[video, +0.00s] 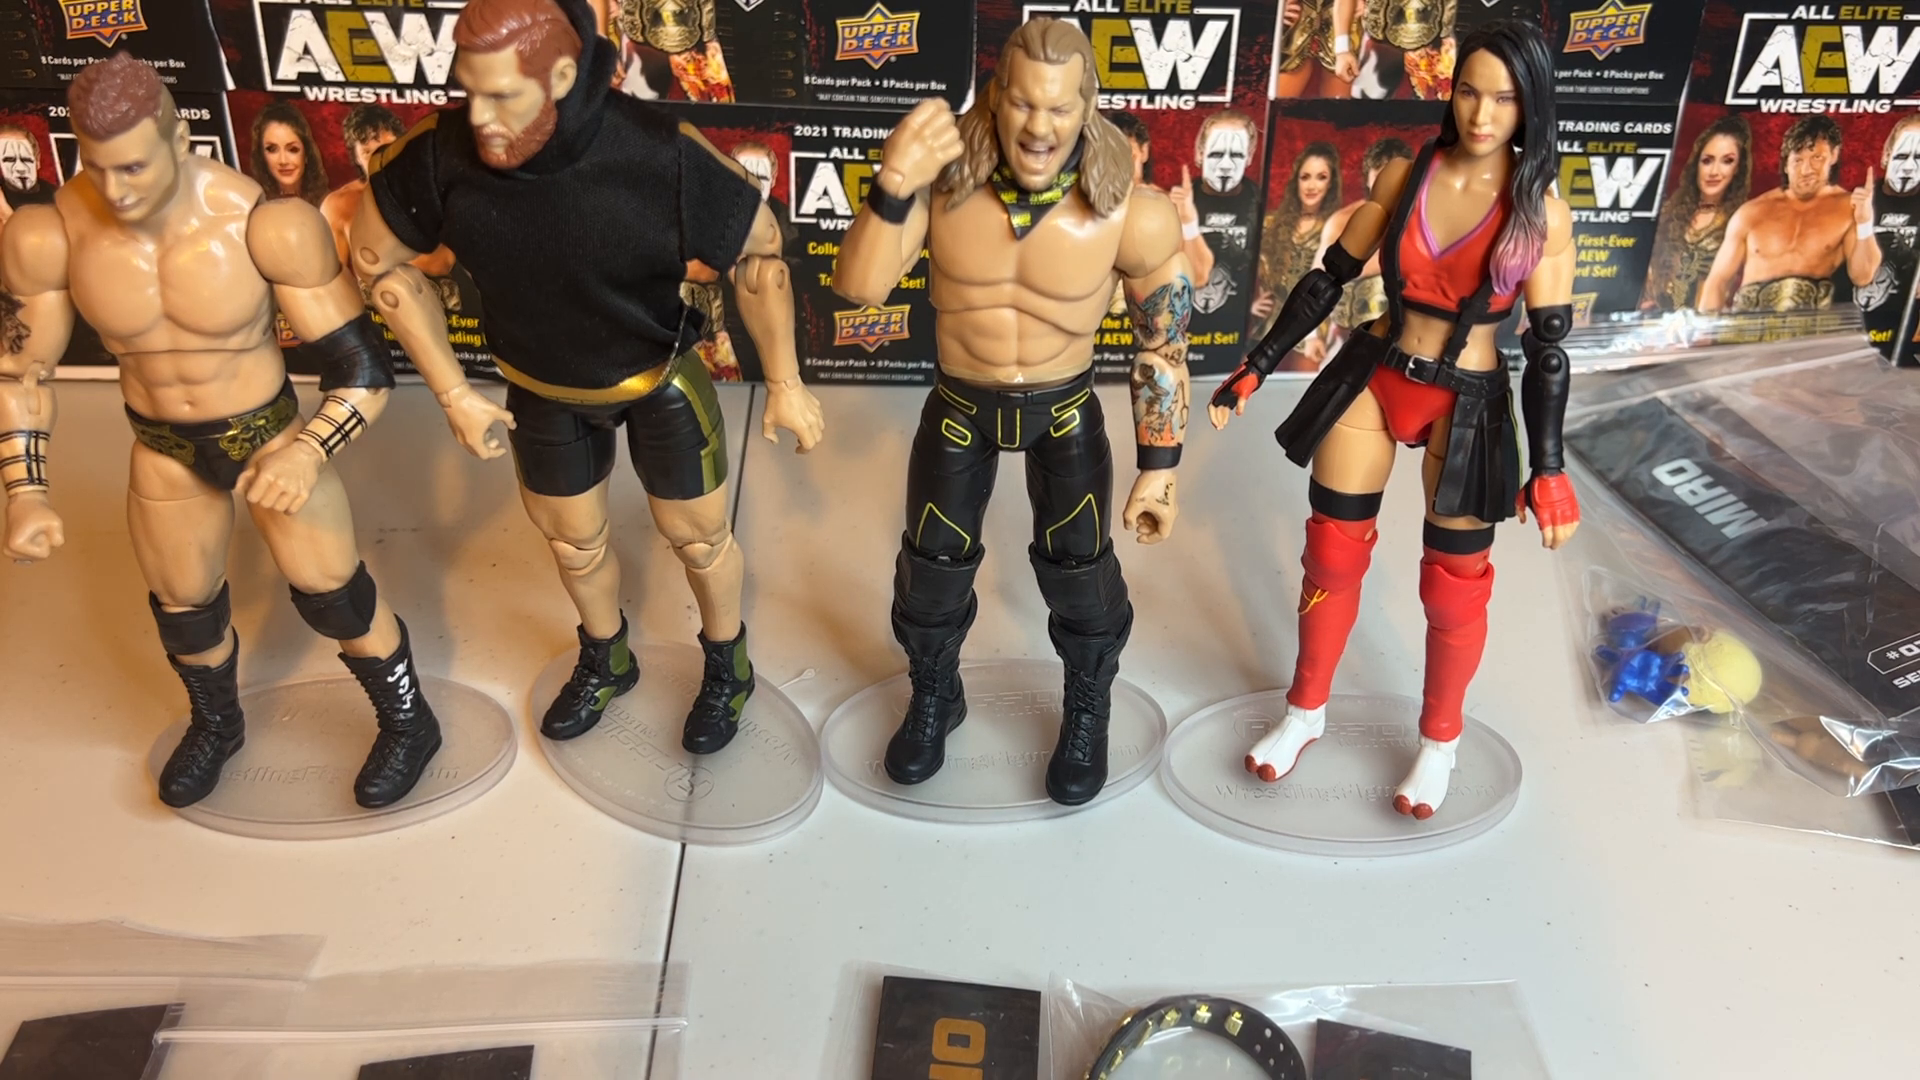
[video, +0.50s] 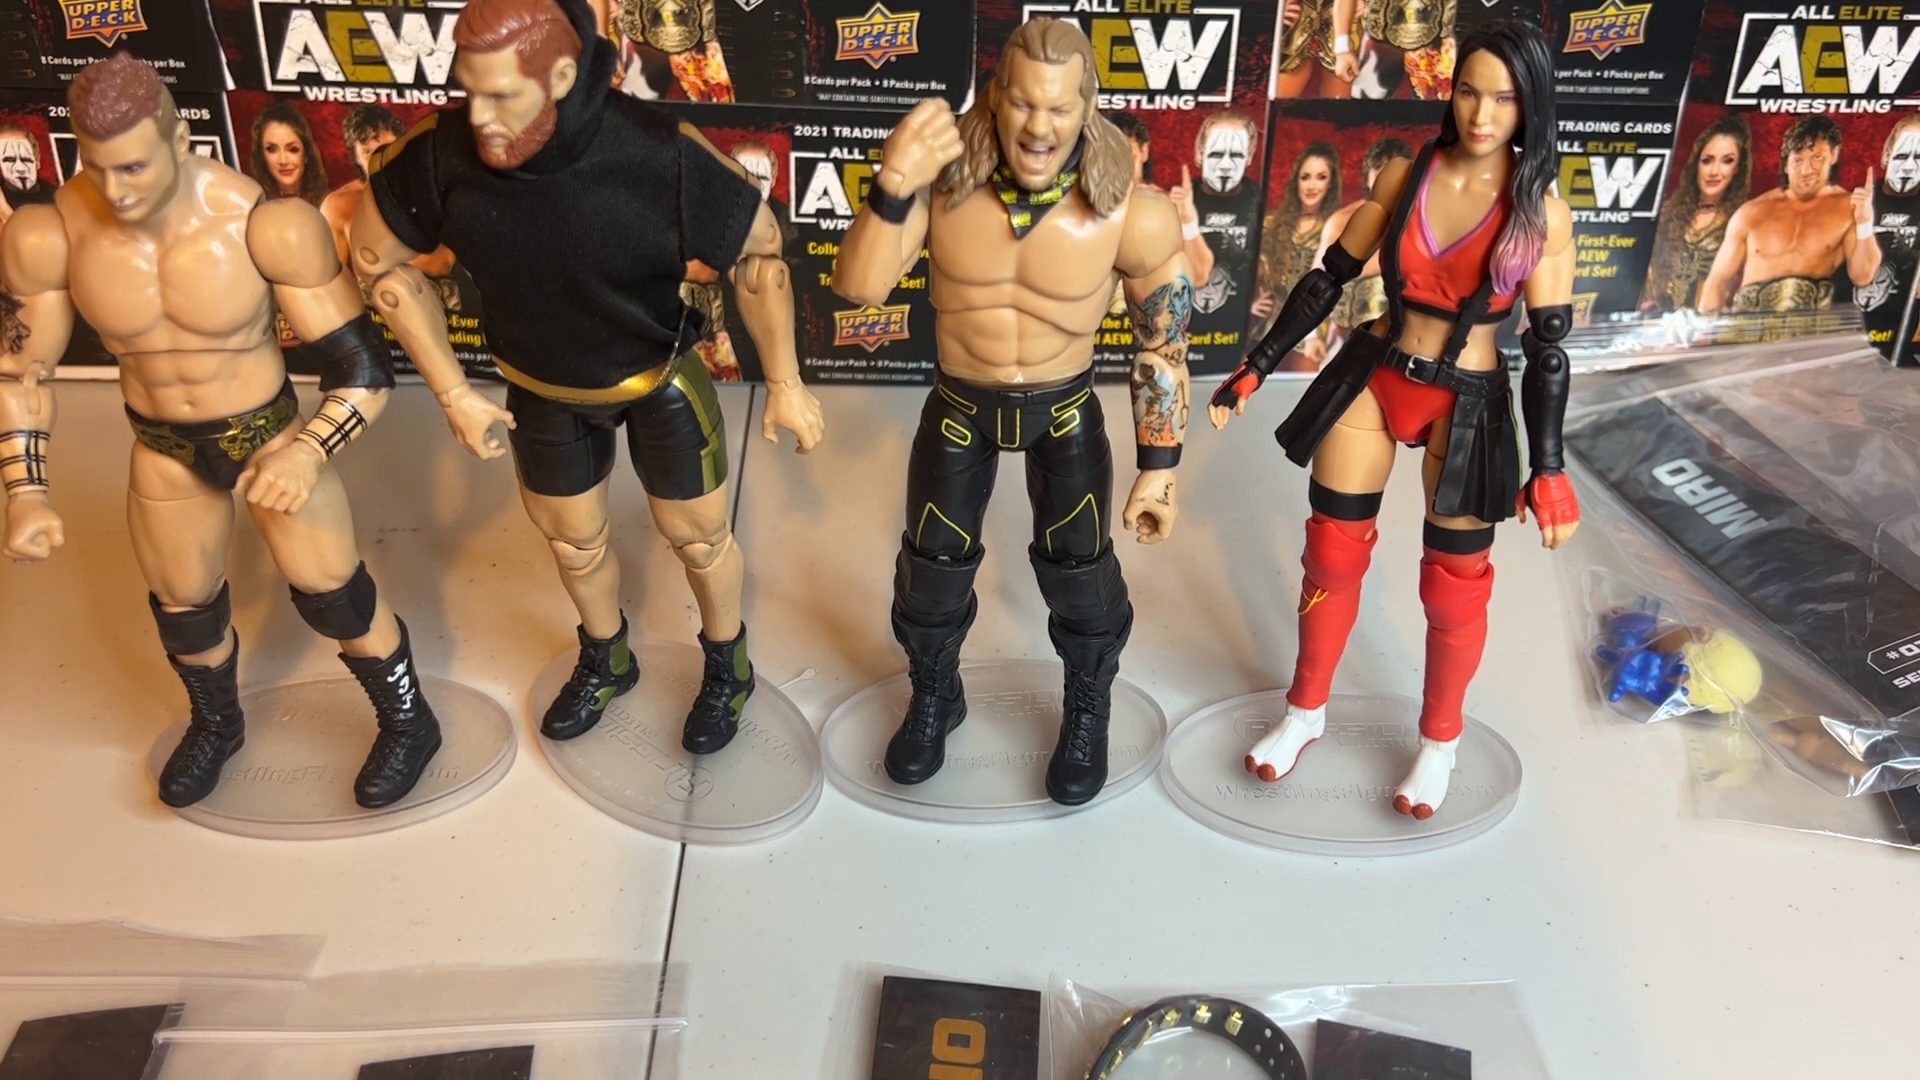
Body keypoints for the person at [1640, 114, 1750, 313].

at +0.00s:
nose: (1714, 171)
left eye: (1727, 161)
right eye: (1707, 160)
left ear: (1739, 168)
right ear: (1695, 164)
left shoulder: (1742, 219)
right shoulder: (1671, 212)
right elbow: (1655, 267)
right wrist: (1649, 300)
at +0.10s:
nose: (1714, 171)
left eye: (1727, 161)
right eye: (1707, 160)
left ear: (1739, 168)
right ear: (1696, 164)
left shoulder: (1742, 219)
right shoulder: (1670, 212)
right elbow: (1654, 267)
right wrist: (1649, 301)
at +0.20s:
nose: (1714, 171)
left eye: (1727, 161)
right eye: (1707, 160)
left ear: (1739, 168)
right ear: (1696, 164)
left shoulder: (1743, 219)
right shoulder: (1671, 212)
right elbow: (1655, 267)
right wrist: (1650, 300)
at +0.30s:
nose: (1714, 171)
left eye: (1727, 161)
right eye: (1707, 160)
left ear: (1739, 168)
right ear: (1695, 164)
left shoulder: (1743, 219)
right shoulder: (1671, 212)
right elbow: (1654, 267)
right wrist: (1650, 300)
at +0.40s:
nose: (1714, 171)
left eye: (1727, 161)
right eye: (1707, 160)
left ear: (1739, 168)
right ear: (1696, 164)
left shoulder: (1743, 219)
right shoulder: (1671, 212)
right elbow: (1655, 266)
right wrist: (1650, 300)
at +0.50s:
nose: (1714, 171)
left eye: (1727, 161)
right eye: (1707, 160)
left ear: (1739, 168)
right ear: (1695, 164)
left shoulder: (1742, 219)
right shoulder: (1671, 212)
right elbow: (1655, 265)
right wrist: (1649, 299)